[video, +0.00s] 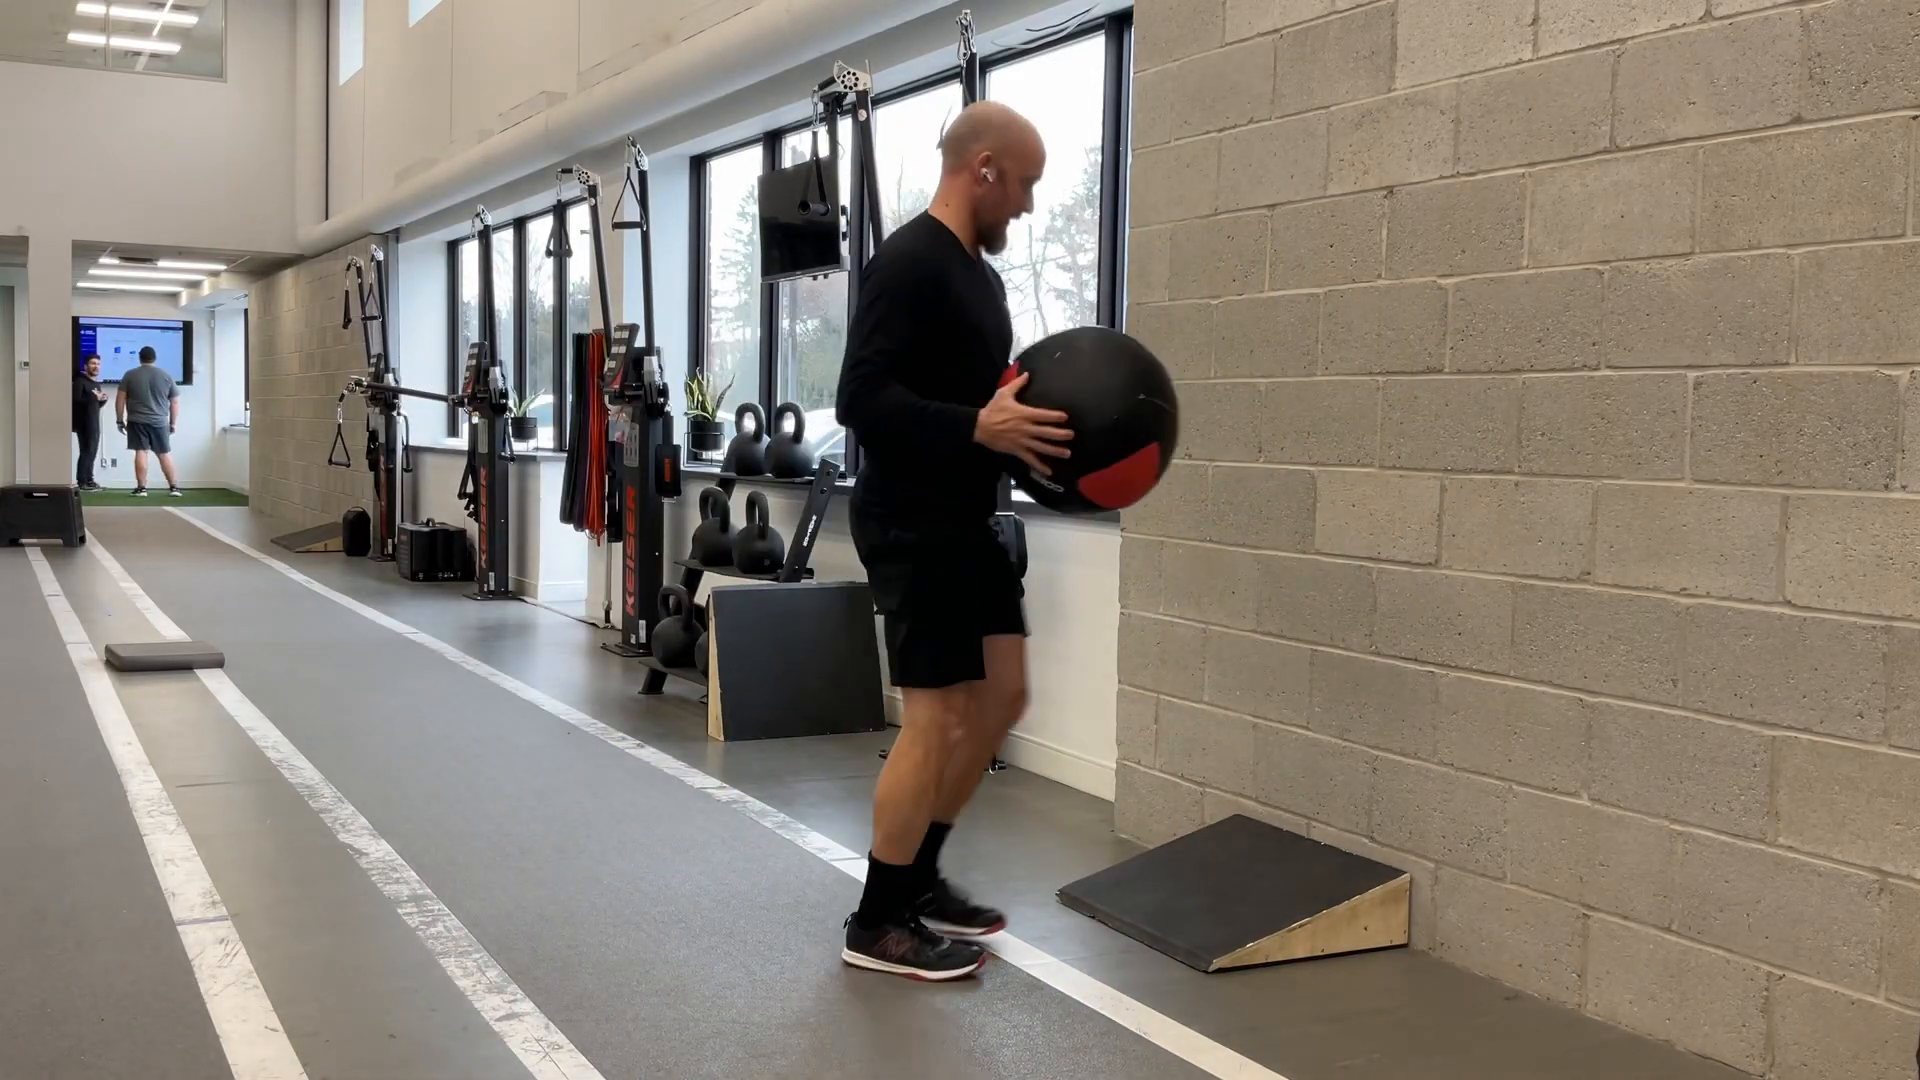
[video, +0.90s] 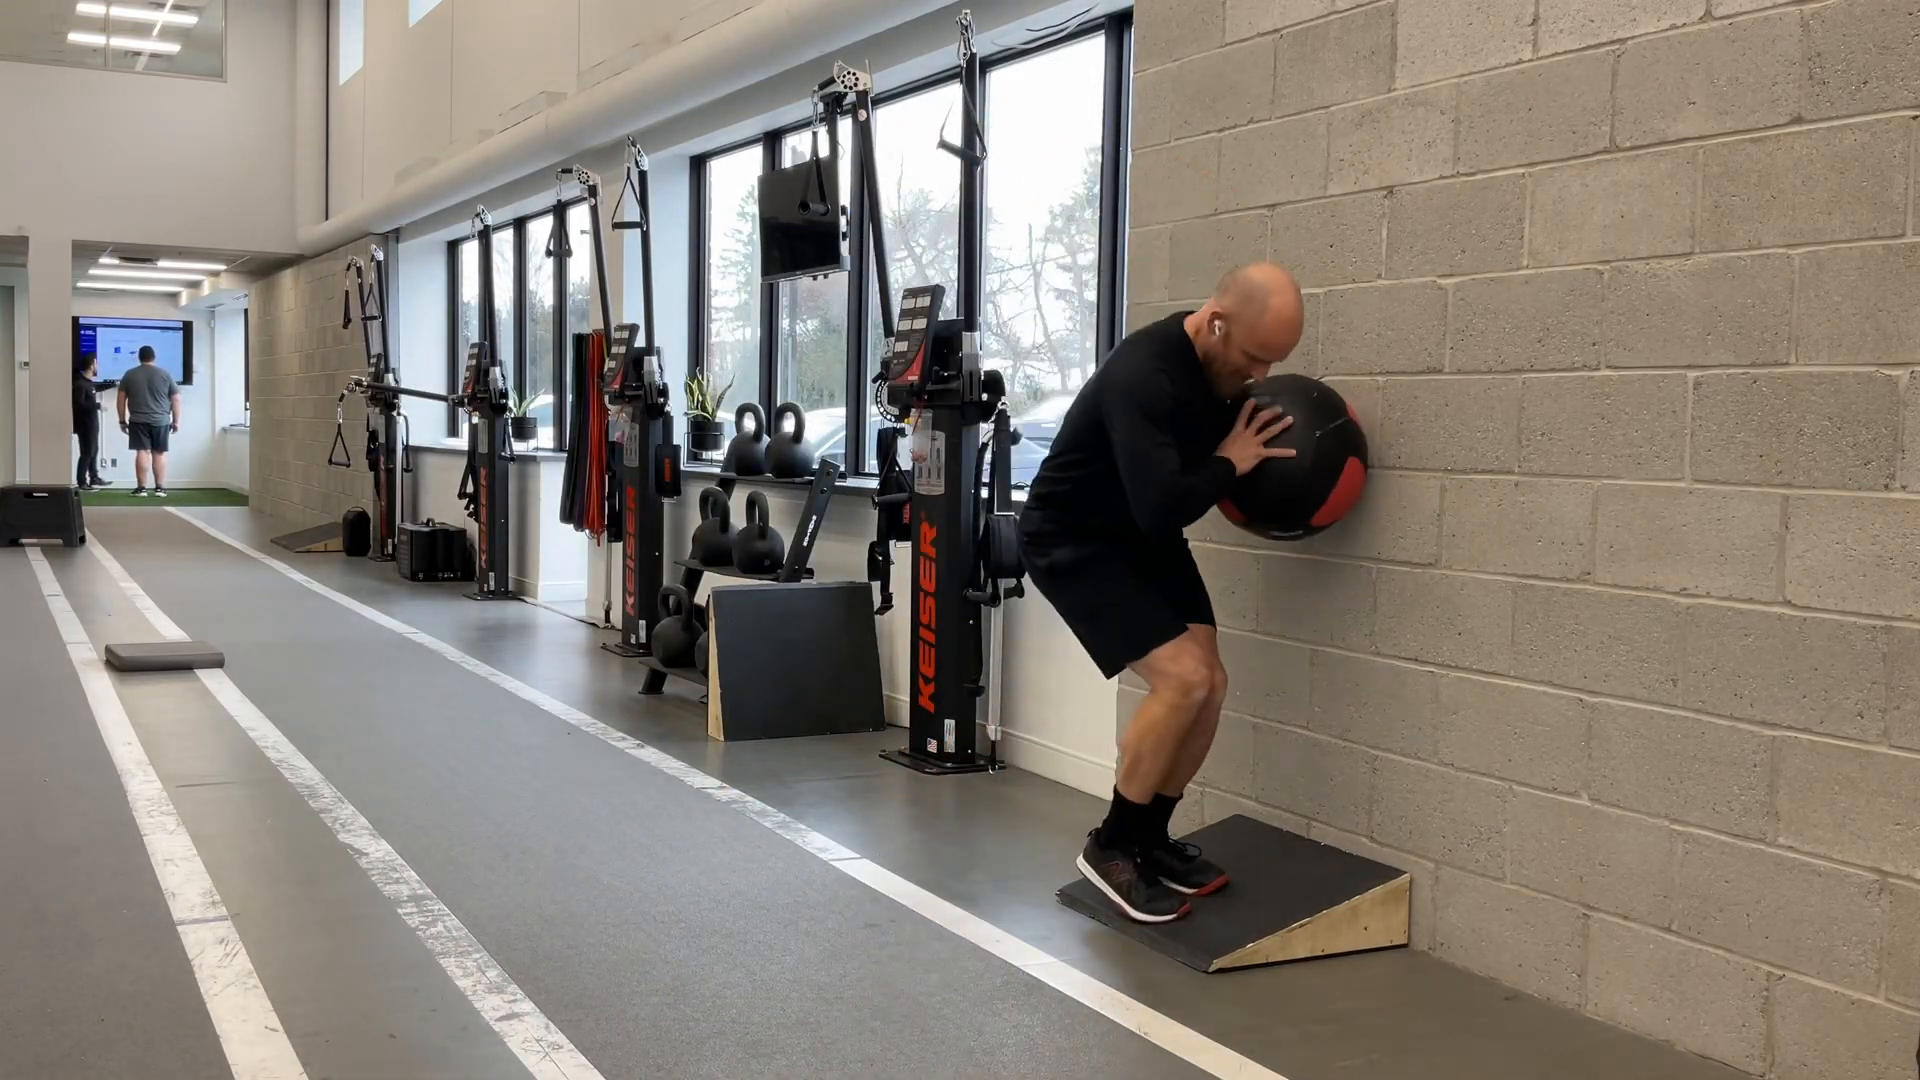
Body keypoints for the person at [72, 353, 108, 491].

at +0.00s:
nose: (96, 366)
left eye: (98, 364)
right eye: (93, 363)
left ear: (100, 366)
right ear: (86, 366)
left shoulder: (96, 384)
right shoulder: (80, 381)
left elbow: (97, 405)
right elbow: (78, 399)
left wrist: (103, 399)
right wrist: (94, 397)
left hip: (93, 421)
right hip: (83, 421)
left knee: (92, 451)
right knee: (86, 451)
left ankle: (89, 479)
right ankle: (83, 480)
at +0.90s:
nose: (96, 366)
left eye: (96, 363)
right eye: (95, 364)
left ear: (86, 365)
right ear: (91, 365)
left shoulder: (88, 383)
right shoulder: (80, 384)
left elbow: (96, 389)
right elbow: (81, 404)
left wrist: (111, 385)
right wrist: (96, 405)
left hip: (91, 423)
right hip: (84, 423)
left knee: (93, 451)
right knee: (86, 452)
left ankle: (94, 477)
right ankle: (82, 481)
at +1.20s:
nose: (96, 365)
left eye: (95, 362)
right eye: (94, 362)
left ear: (91, 365)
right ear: (89, 365)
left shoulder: (94, 378)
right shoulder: (80, 383)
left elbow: (107, 373)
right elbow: (78, 406)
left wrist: (121, 366)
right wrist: (94, 418)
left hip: (94, 421)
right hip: (84, 422)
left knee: (93, 452)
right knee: (85, 452)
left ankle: (91, 479)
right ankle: (82, 481)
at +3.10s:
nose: (94, 366)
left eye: (96, 363)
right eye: (91, 363)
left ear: (97, 365)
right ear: (85, 366)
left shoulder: (97, 382)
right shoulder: (81, 385)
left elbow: (104, 389)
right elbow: (80, 409)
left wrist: (111, 386)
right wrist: (86, 428)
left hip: (99, 424)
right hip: (89, 425)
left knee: (93, 454)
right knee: (87, 454)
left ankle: (89, 479)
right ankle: (83, 481)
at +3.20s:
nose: (95, 366)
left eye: (96, 363)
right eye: (92, 363)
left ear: (98, 365)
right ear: (85, 366)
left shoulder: (97, 383)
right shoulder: (81, 385)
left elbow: (95, 399)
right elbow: (79, 409)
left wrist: (105, 396)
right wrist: (84, 427)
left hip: (98, 424)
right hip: (88, 426)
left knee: (93, 454)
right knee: (86, 454)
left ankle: (89, 479)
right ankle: (82, 480)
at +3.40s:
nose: (97, 366)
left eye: (98, 363)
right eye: (93, 363)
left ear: (99, 365)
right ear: (87, 366)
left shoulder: (98, 384)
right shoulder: (81, 384)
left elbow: (98, 405)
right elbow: (78, 408)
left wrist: (107, 416)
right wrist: (81, 427)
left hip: (97, 424)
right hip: (87, 425)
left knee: (93, 454)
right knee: (85, 453)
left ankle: (89, 479)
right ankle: (82, 480)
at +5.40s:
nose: (98, 365)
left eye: (100, 363)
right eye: (95, 362)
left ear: (101, 365)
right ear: (88, 365)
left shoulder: (98, 385)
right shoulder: (81, 383)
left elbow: (99, 407)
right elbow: (78, 406)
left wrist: (103, 425)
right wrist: (80, 424)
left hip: (97, 425)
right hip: (87, 426)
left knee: (92, 455)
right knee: (85, 454)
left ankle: (89, 479)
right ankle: (82, 481)